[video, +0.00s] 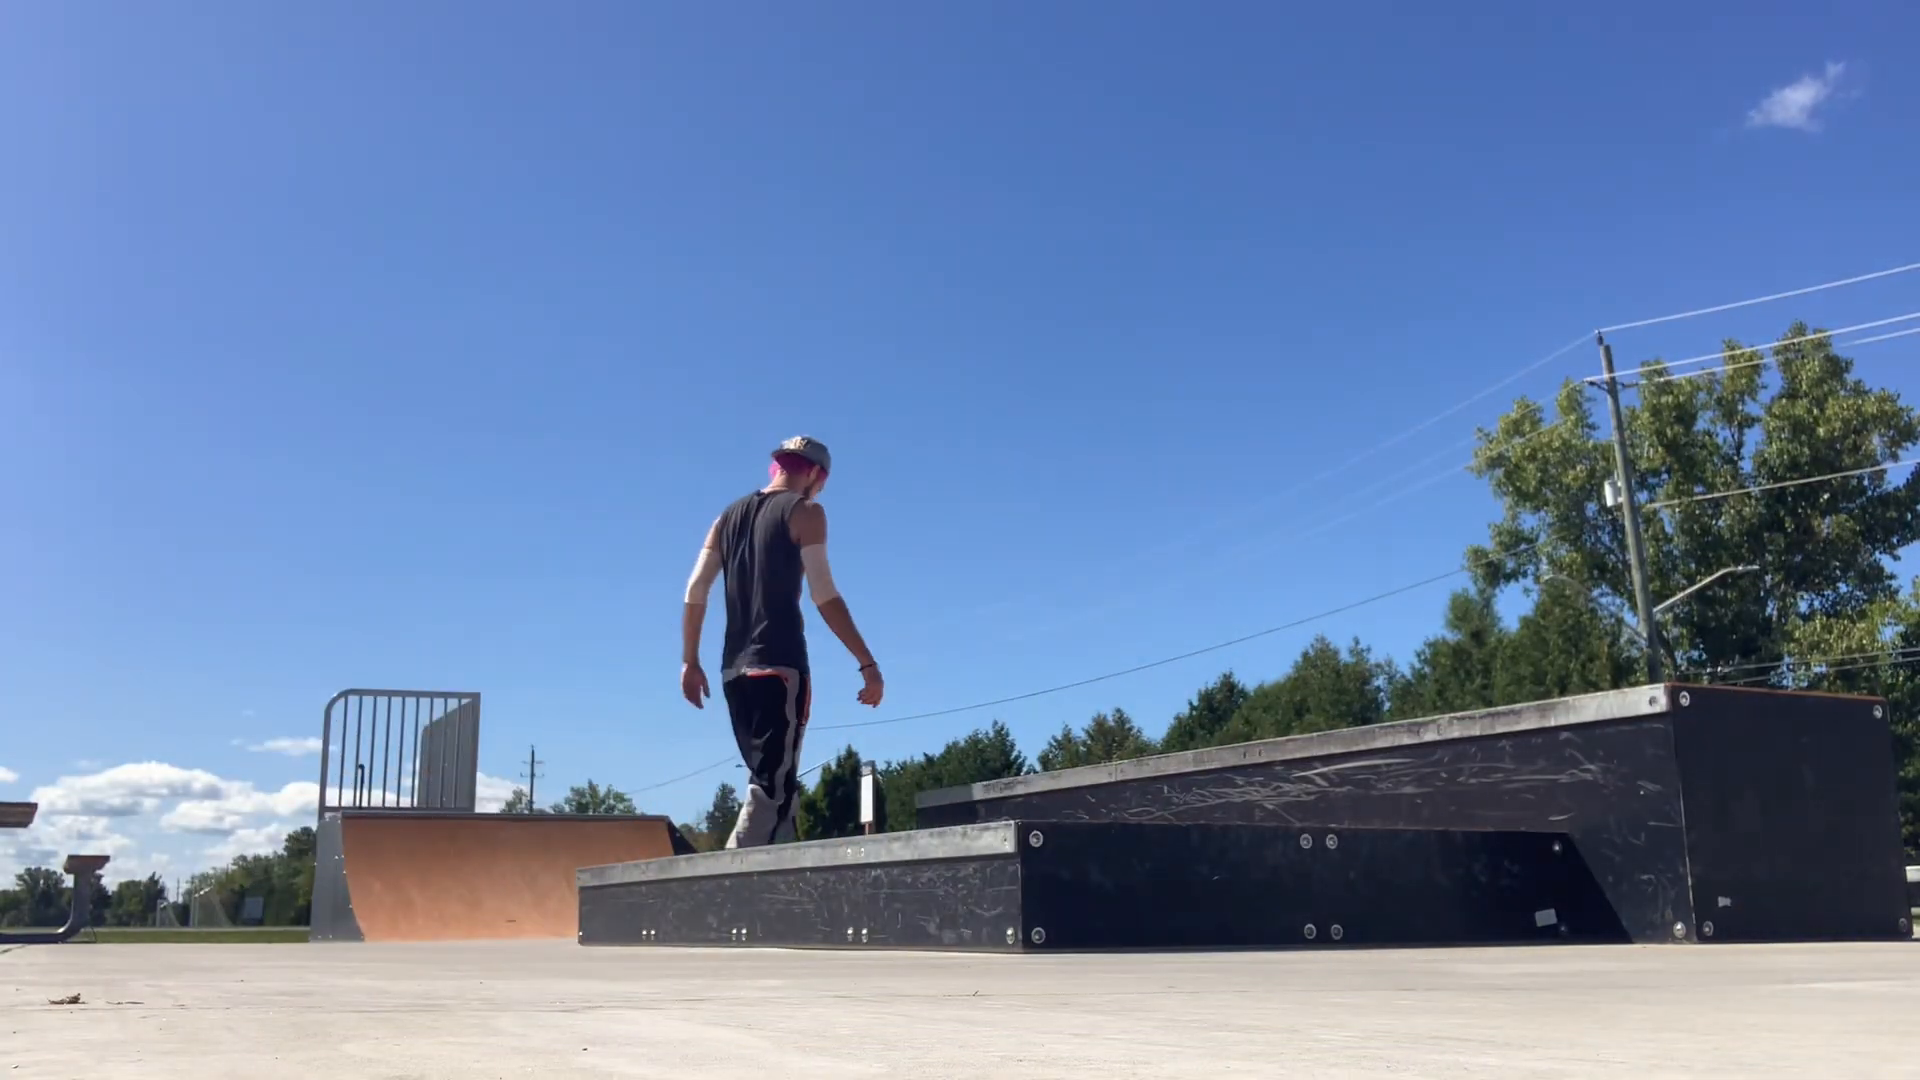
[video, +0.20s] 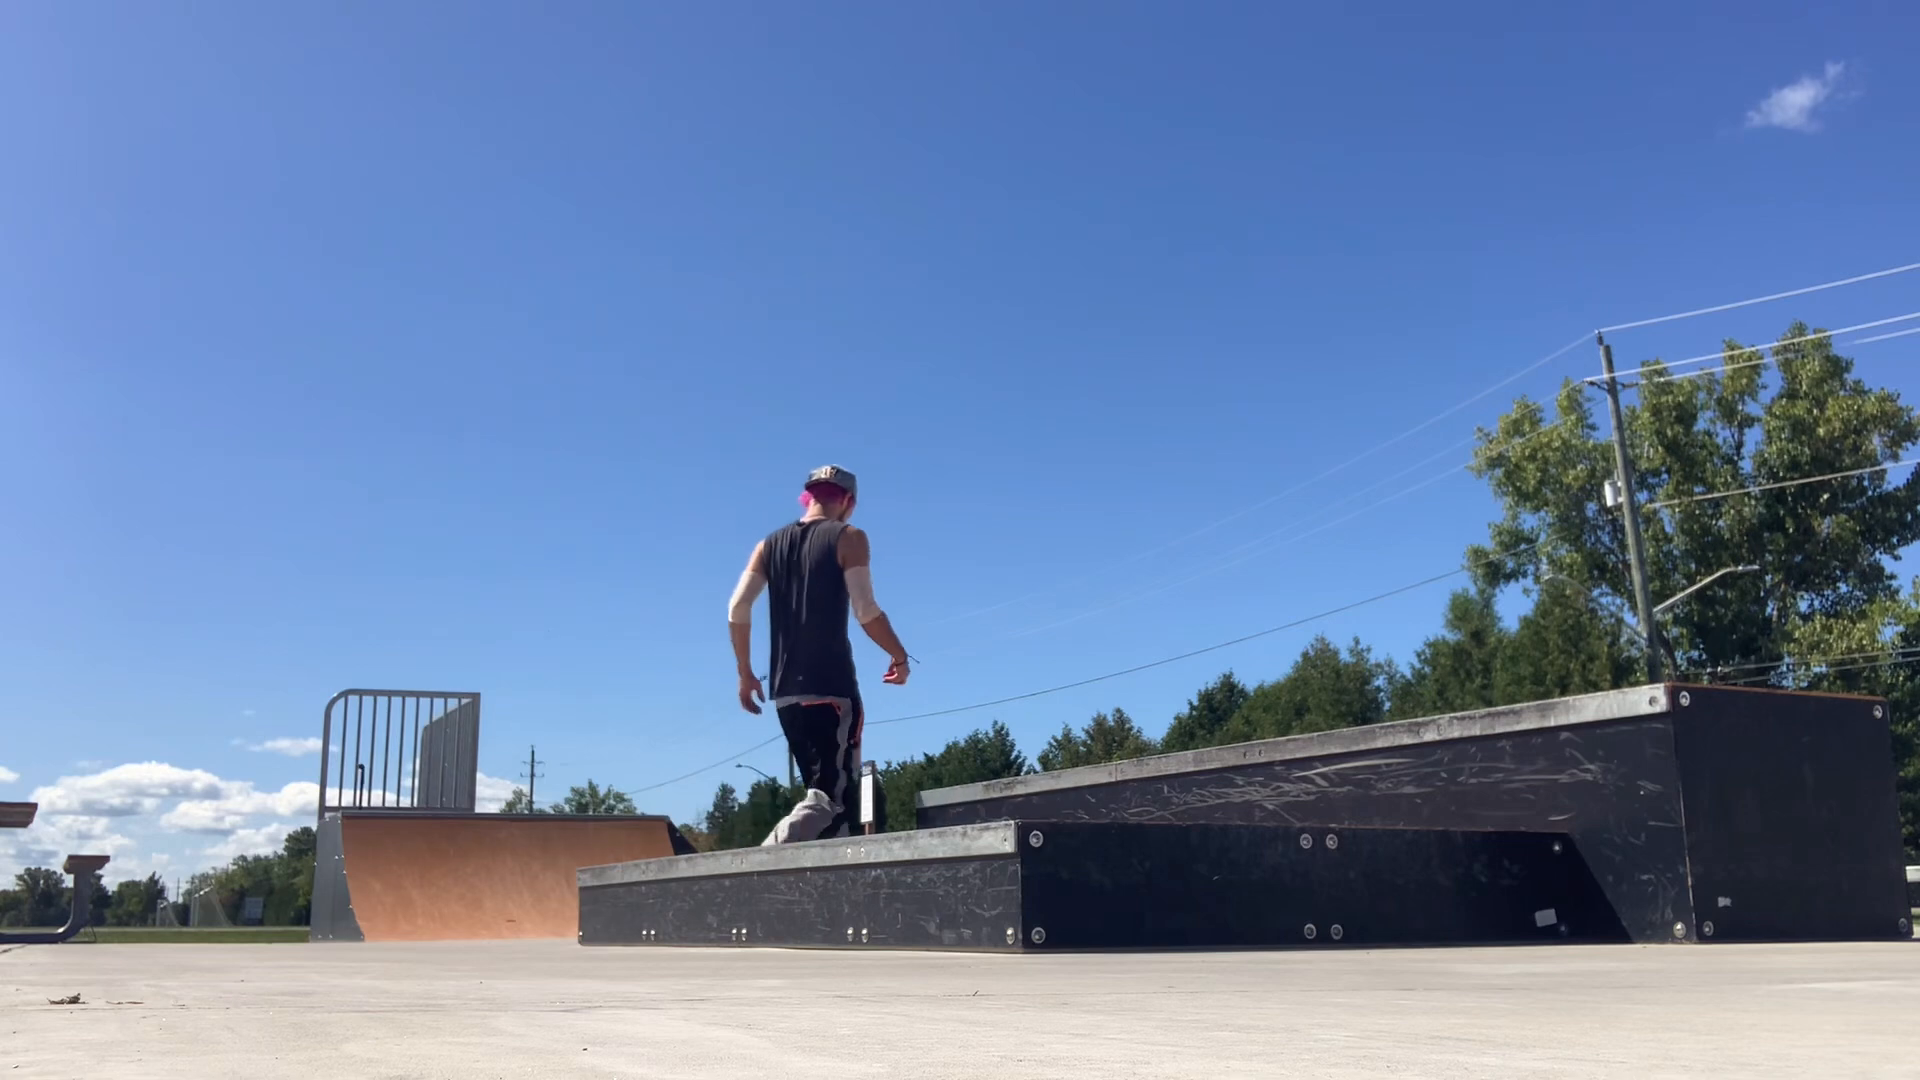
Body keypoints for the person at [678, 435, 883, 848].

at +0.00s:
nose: (819, 493)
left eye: (820, 485)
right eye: (822, 484)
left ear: (774, 470)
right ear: (815, 476)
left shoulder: (728, 517)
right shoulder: (802, 511)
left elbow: (695, 592)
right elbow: (824, 596)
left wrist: (689, 661)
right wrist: (867, 662)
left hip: (734, 669)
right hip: (779, 665)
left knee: (777, 787)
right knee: (770, 784)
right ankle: (732, 879)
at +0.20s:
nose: (850, 512)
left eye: (849, 506)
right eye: (851, 506)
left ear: (805, 500)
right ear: (846, 502)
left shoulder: (770, 544)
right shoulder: (845, 536)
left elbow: (737, 610)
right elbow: (866, 612)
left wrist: (744, 673)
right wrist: (898, 654)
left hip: (785, 692)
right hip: (830, 688)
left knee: (830, 796)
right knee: (830, 797)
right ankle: (766, 861)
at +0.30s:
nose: (864, 515)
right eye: (865, 509)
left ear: (820, 506)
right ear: (860, 506)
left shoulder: (787, 546)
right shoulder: (864, 539)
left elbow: (759, 616)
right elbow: (877, 617)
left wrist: (786, 665)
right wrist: (881, 654)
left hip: (805, 698)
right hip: (849, 693)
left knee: (841, 798)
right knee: (883, 790)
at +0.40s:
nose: (876, 514)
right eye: (876, 509)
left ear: (832, 504)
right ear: (871, 505)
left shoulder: (800, 540)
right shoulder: (877, 534)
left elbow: (773, 611)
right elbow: (886, 606)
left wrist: (810, 647)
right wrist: (877, 648)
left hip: (817, 689)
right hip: (867, 684)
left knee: (839, 789)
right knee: (906, 761)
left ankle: (844, 883)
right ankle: (866, 819)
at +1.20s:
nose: (844, 543)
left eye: (845, 538)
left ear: (851, 535)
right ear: (887, 537)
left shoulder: (838, 550)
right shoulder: (915, 571)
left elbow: (835, 589)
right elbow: (933, 639)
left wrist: (804, 642)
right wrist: (950, 704)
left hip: (844, 706)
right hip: (897, 706)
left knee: (835, 814)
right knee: (906, 812)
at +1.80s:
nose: (710, 541)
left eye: (713, 532)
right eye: (710, 533)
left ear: (731, 529)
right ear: (751, 532)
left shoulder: (726, 563)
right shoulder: (790, 576)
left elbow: (695, 625)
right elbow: (809, 650)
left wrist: (662, 640)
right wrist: (833, 714)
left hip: (749, 706)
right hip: (789, 708)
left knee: (759, 801)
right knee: (746, 796)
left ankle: (776, 886)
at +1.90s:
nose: (686, 546)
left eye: (689, 538)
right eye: (686, 539)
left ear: (707, 537)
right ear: (726, 539)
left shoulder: (705, 572)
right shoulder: (768, 584)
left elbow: (662, 632)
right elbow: (792, 655)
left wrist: (649, 619)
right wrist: (818, 717)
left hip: (731, 714)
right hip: (768, 715)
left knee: (750, 813)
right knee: (733, 812)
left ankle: (780, 889)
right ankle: (702, 885)